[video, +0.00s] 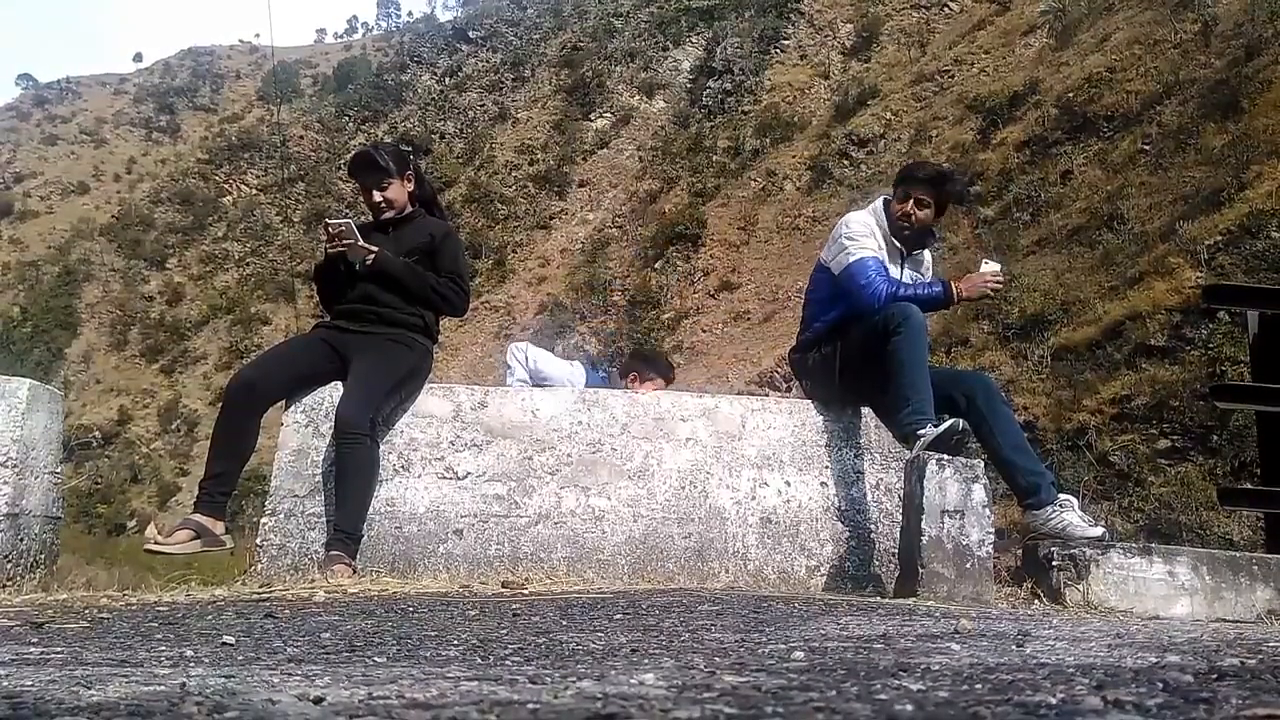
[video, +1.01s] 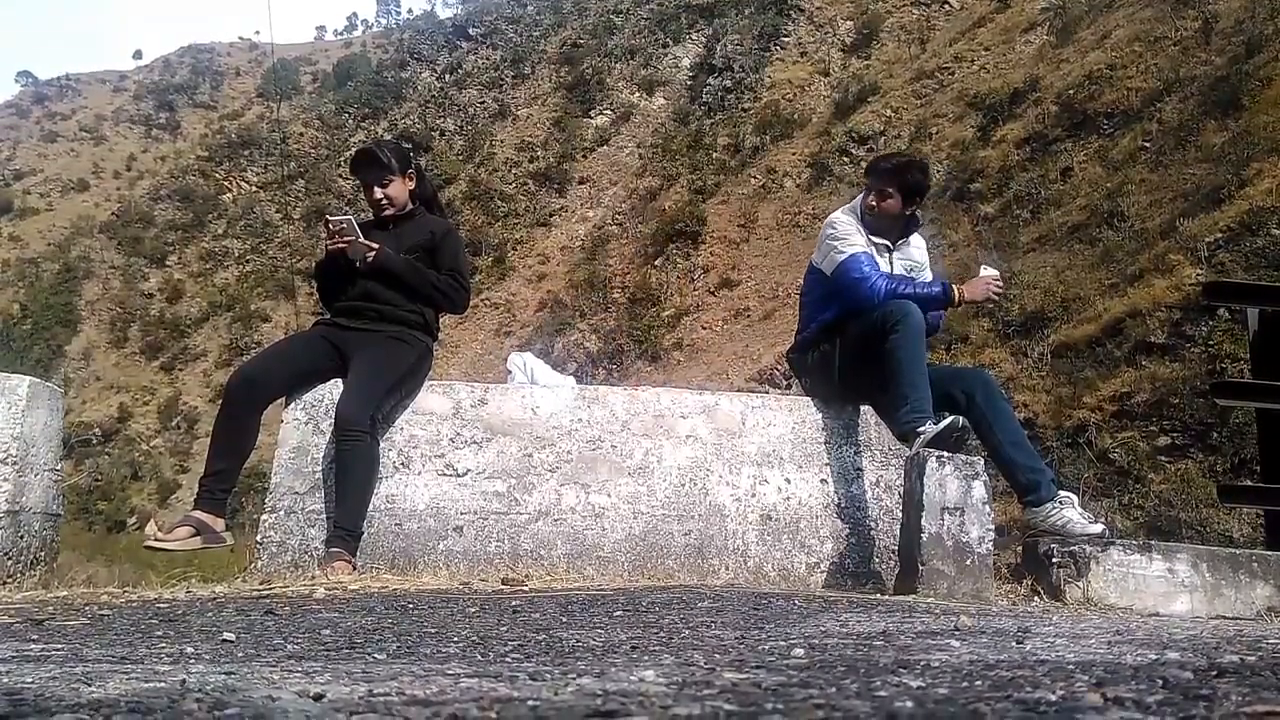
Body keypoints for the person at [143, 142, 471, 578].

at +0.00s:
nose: (375, 198)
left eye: (384, 186)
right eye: (367, 190)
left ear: (409, 179)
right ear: (362, 191)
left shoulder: (436, 230)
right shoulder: (358, 228)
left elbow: (457, 299)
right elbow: (334, 300)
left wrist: (380, 259)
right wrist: (333, 255)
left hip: (397, 343)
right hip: (337, 335)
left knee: (353, 421)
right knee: (247, 387)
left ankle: (341, 557)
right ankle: (208, 519)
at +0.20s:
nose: (375, 198)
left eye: (384, 187)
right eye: (367, 190)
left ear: (410, 180)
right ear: (361, 191)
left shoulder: (436, 232)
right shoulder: (358, 229)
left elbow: (456, 299)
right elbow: (333, 300)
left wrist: (382, 260)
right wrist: (333, 257)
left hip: (397, 343)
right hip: (337, 335)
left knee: (353, 420)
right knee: (247, 387)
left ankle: (341, 557)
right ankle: (208, 519)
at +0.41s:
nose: (375, 196)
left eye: (383, 185)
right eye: (367, 188)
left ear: (409, 178)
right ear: (362, 189)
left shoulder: (436, 230)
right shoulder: (358, 227)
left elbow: (457, 298)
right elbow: (333, 299)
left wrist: (381, 258)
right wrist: (334, 255)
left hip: (397, 342)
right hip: (337, 334)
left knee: (353, 419)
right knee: (247, 386)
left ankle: (341, 556)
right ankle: (208, 518)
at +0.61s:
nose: (376, 197)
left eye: (384, 186)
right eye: (368, 189)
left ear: (410, 180)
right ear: (362, 190)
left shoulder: (437, 231)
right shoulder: (358, 228)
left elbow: (456, 298)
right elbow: (333, 299)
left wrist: (382, 259)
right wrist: (332, 258)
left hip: (397, 342)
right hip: (337, 334)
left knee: (353, 420)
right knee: (247, 386)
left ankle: (341, 555)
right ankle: (208, 518)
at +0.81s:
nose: (377, 197)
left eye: (385, 185)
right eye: (368, 189)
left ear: (411, 179)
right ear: (362, 190)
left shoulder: (437, 231)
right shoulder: (358, 228)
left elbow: (456, 298)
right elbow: (333, 299)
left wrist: (383, 259)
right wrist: (333, 257)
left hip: (397, 342)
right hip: (336, 334)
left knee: (353, 420)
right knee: (247, 386)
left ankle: (341, 556)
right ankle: (208, 518)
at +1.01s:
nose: (376, 194)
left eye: (385, 183)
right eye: (369, 187)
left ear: (411, 179)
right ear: (363, 188)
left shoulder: (437, 229)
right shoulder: (358, 227)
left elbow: (457, 296)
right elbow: (333, 298)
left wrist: (384, 258)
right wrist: (333, 256)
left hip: (397, 340)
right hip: (336, 332)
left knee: (353, 418)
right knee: (247, 383)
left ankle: (341, 554)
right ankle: (208, 517)